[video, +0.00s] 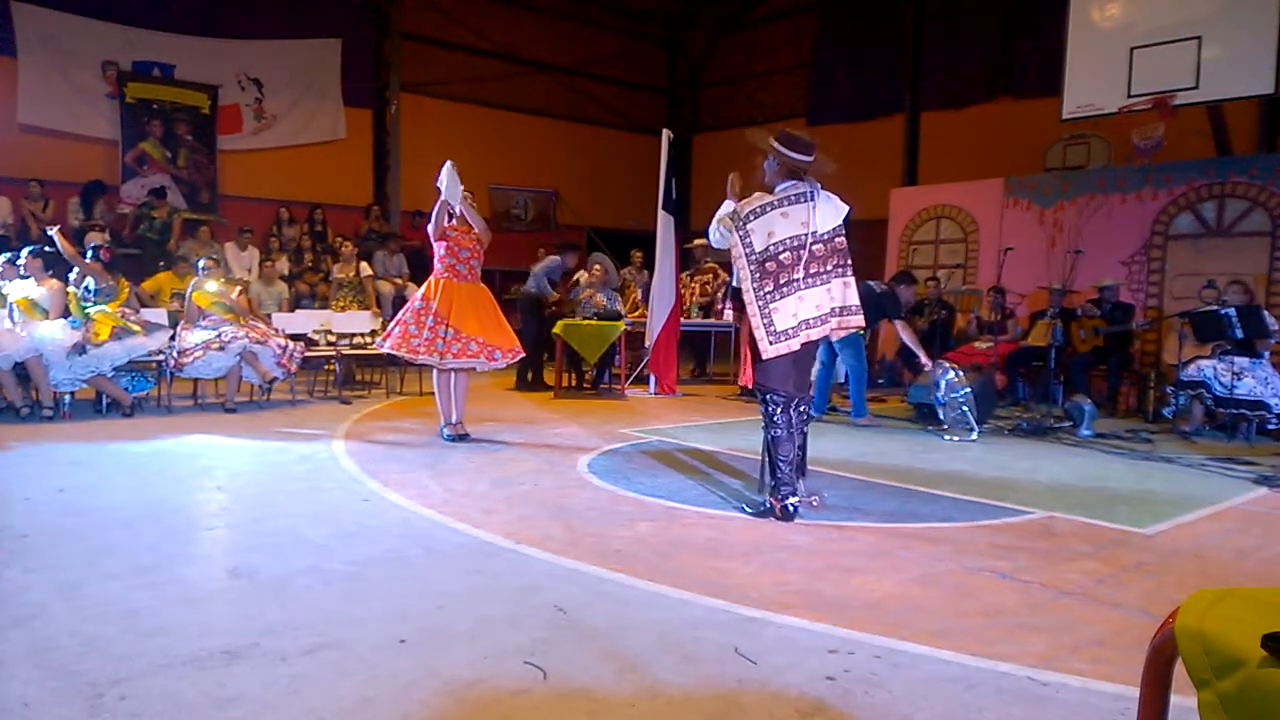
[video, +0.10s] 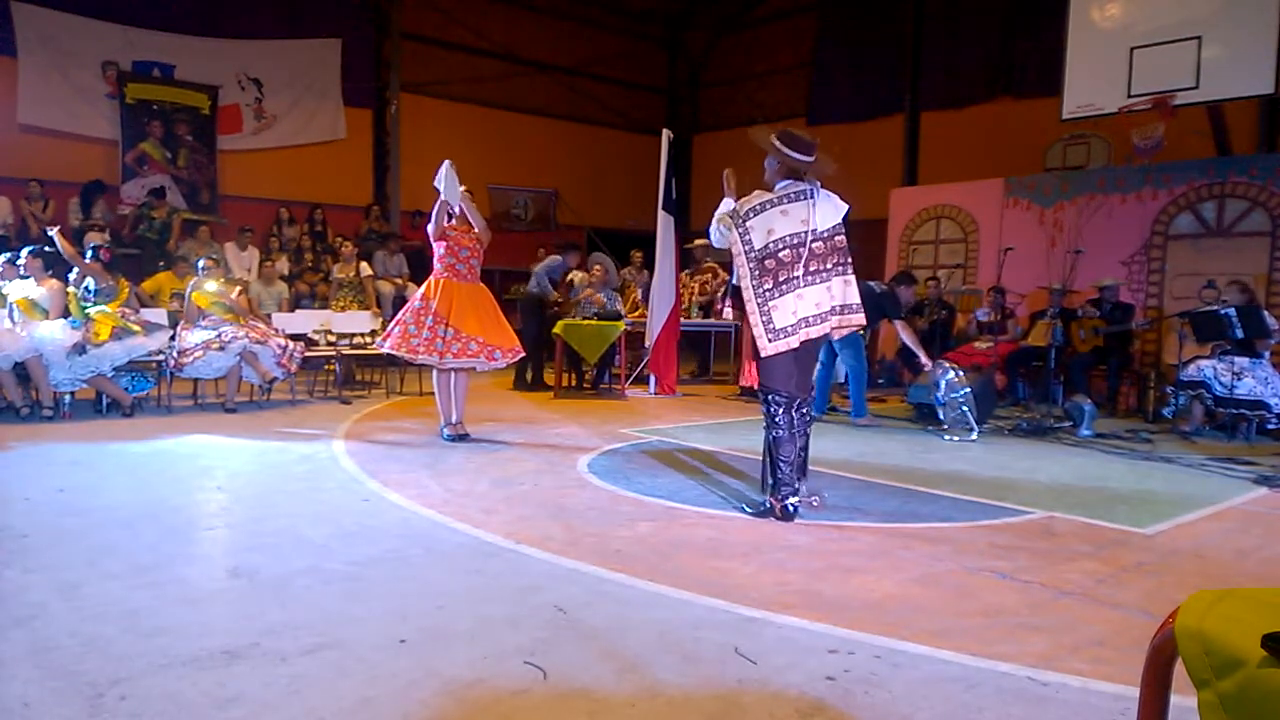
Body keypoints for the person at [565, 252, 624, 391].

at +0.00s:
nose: (593, 272)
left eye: (598, 270)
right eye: (592, 269)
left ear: (605, 275)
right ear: (588, 273)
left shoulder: (613, 295)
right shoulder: (579, 291)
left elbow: (620, 314)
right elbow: (568, 306)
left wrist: (602, 307)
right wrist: (581, 298)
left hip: (603, 329)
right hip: (582, 327)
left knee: (609, 348)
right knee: (570, 346)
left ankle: (597, 380)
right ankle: (579, 378)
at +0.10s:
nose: (594, 273)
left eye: (598, 270)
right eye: (592, 270)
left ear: (606, 275)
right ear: (589, 274)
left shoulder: (613, 296)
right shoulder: (581, 291)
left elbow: (620, 314)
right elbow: (568, 305)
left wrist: (603, 306)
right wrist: (582, 297)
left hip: (603, 329)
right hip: (582, 327)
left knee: (609, 348)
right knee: (570, 345)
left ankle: (597, 380)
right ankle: (579, 378)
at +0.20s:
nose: (595, 273)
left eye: (599, 271)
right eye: (593, 270)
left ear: (606, 276)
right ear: (590, 273)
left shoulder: (614, 296)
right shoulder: (580, 290)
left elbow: (620, 314)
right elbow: (568, 305)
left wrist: (604, 304)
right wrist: (582, 297)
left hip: (603, 329)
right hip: (582, 327)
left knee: (610, 348)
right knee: (570, 346)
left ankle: (597, 380)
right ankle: (579, 378)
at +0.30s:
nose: (595, 274)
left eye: (599, 272)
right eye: (594, 271)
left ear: (607, 276)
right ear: (590, 274)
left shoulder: (614, 296)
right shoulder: (579, 290)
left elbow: (620, 314)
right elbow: (567, 306)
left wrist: (605, 304)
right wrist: (582, 297)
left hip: (603, 329)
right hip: (581, 327)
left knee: (610, 349)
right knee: (571, 346)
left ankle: (597, 381)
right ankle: (579, 379)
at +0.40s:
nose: (596, 275)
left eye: (600, 273)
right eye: (594, 272)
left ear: (607, 277)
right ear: (591, 275)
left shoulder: (613, 296)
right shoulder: (581, 290)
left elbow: (620, 314)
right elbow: (569, 308)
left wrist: (605, 303)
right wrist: (583, 298)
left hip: (603, 329)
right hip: (582, 327)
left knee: (610, 348)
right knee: (570, 346)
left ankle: (597, 380)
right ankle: (579, 378)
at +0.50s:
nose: (596, 276)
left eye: (600, 273)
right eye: (594, 272)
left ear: (607, 277)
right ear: (591, 275)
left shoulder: (613, 295)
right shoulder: (581, 290)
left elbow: (620, 314)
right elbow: (568, 307)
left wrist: (605, 303)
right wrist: (583, 299)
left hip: (603, 328)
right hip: (582, 326)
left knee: (610, 348)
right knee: (570, 344)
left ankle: (597, 379)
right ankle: (579, 376)